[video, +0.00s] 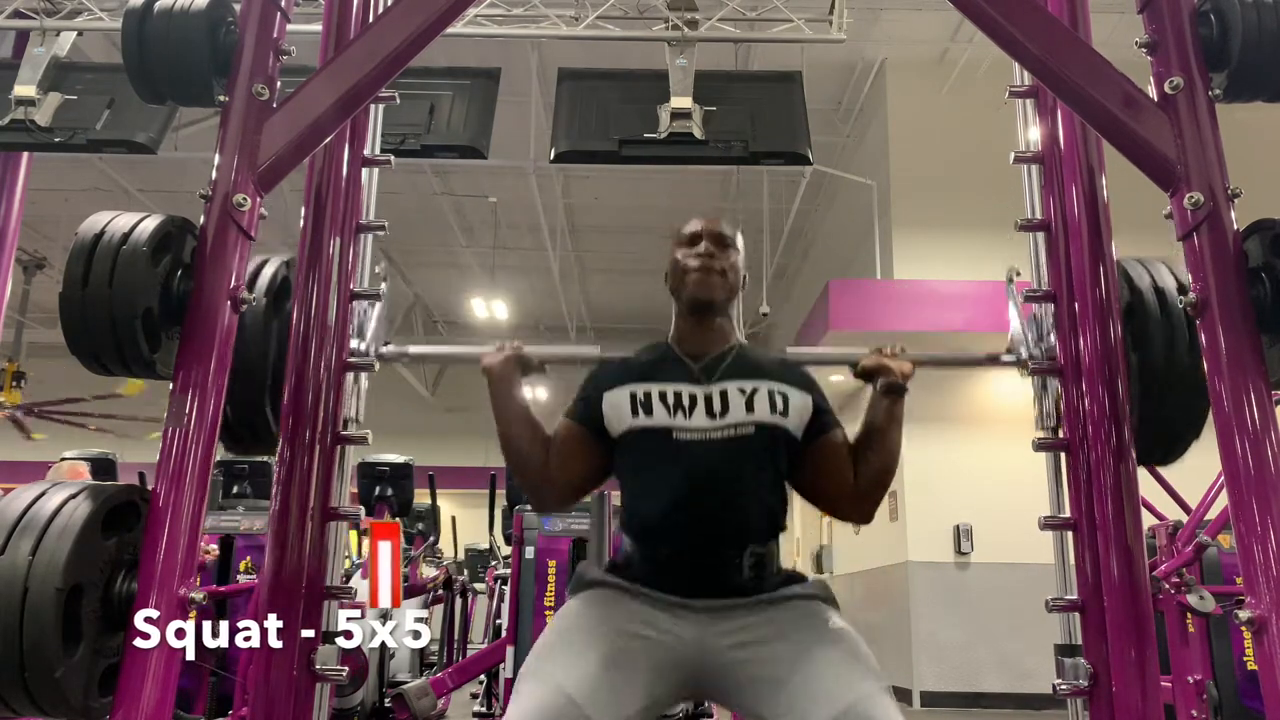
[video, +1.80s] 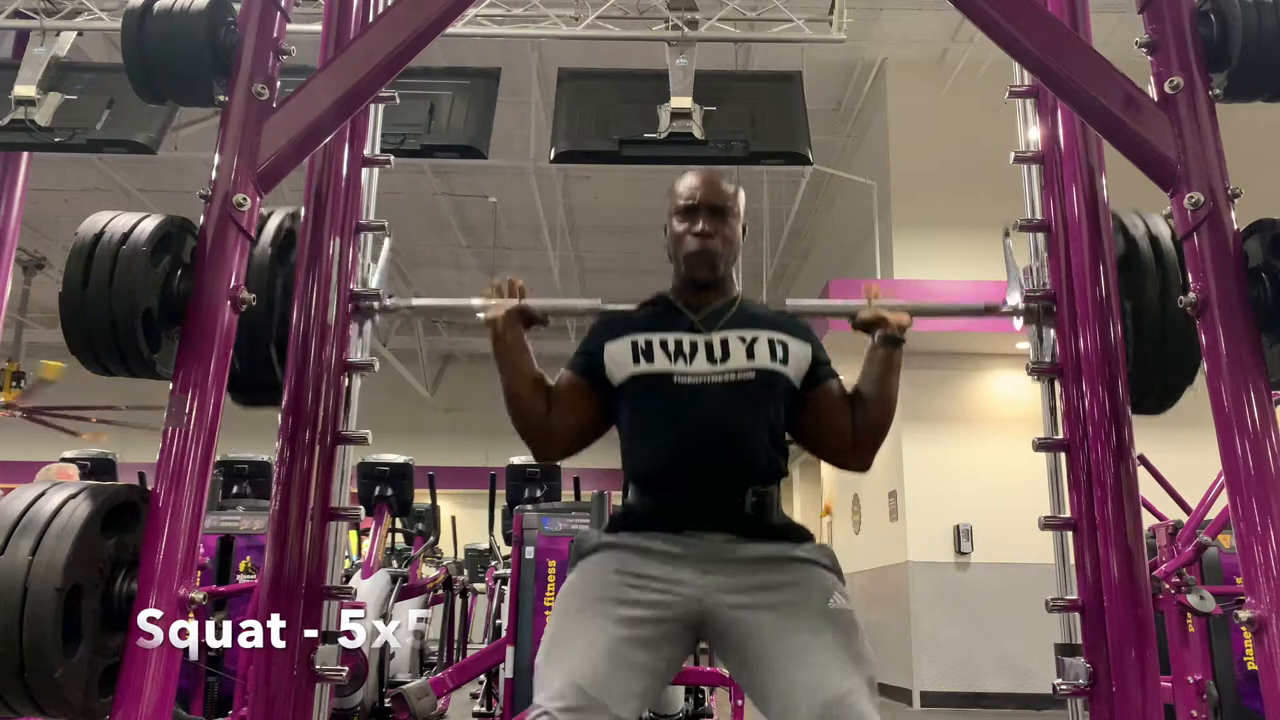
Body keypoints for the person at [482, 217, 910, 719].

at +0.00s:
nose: (707, 252)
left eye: (722, 246)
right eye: (691, 243)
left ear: (741, 279)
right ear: (667, 274)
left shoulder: (787, 383)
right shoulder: (615, 382)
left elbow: (856, 501)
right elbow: (549, 488)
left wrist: (889, 397)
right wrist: (504, 386)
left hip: (767, 615)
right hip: (632, 611)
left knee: (871, 713)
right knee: (532, 712)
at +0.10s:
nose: (703, 286)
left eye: (719, 279)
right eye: (689, 278)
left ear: (743, 310)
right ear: (669, 310)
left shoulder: (785, 414)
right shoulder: (615, 413)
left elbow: (856, 534)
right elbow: (547, 522)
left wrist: (889, 429)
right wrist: (500, 409)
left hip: (768, 643)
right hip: (631, 638)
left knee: (882, 716)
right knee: (521, 714)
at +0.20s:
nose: (703, 345)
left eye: (718, 334)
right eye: (689, 333)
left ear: (742, 354)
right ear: (668, 355)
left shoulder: (788, 463)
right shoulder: (615, 462)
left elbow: (858, 587)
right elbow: (548, 570)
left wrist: (893, 474)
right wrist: (501, 462)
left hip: (768, 677)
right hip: (635, 673)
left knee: (883, 717)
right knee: (518, 716)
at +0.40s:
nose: (699, 429)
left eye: (716, 414)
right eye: (685, 413)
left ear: (742, 425)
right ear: (664, 423)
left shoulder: (789, 531)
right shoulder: (612, 523)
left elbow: (859, 651)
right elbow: (542, 639)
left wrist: (895, 539)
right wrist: (498, 524)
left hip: (758, 707)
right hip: (639, 707)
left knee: (872, 719)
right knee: (519, 716)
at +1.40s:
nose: (698, 353)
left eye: (715, 340)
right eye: (684, 339)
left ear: (741, 355)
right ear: (664, 352)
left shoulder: (787, 457)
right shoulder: (613, 452)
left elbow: (858, 575)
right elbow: (545, 561)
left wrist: (892, 464)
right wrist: (502, 456)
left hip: (768, 666)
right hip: (633, 663)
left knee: (885, 716)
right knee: (520, 714)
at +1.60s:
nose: (698, 304)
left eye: (714, 291)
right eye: (684, 291)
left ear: (739, 308)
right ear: (666, 306)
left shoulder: (782, 408)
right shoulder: (617, 407)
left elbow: (855, 524)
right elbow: (548, 513)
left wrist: (889, 418)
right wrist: (502, 405)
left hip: (764, 628)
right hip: (633, 625)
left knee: (879, 717)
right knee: (526, 715)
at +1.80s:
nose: (702, 226)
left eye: (717, 215)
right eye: (688, 214)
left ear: (741, 235)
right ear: (667, 232)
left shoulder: (786, 336)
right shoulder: (619, 334)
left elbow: (855, 447)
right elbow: (549, 438)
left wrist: (886, 343)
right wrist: (508, 337)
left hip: (771, 565)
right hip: (637, 561)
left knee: (840, 709)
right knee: (567, 708)